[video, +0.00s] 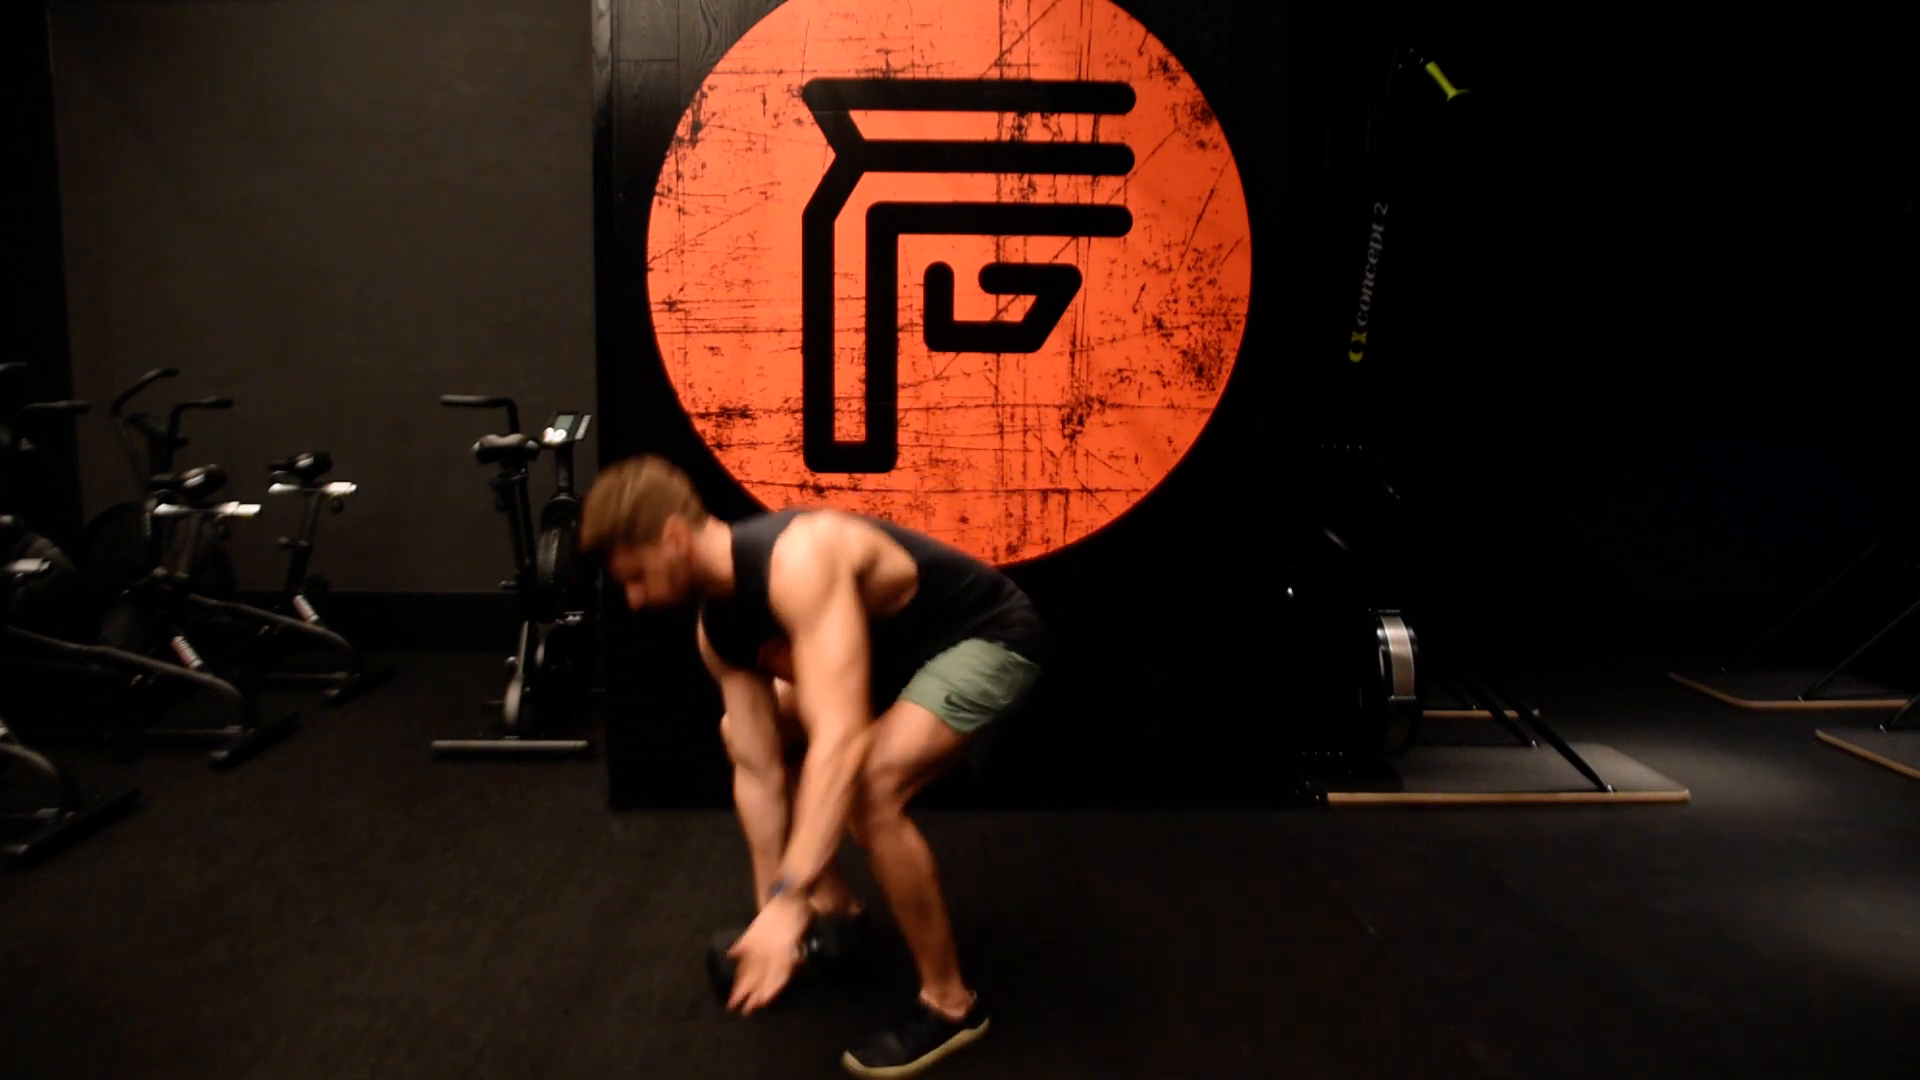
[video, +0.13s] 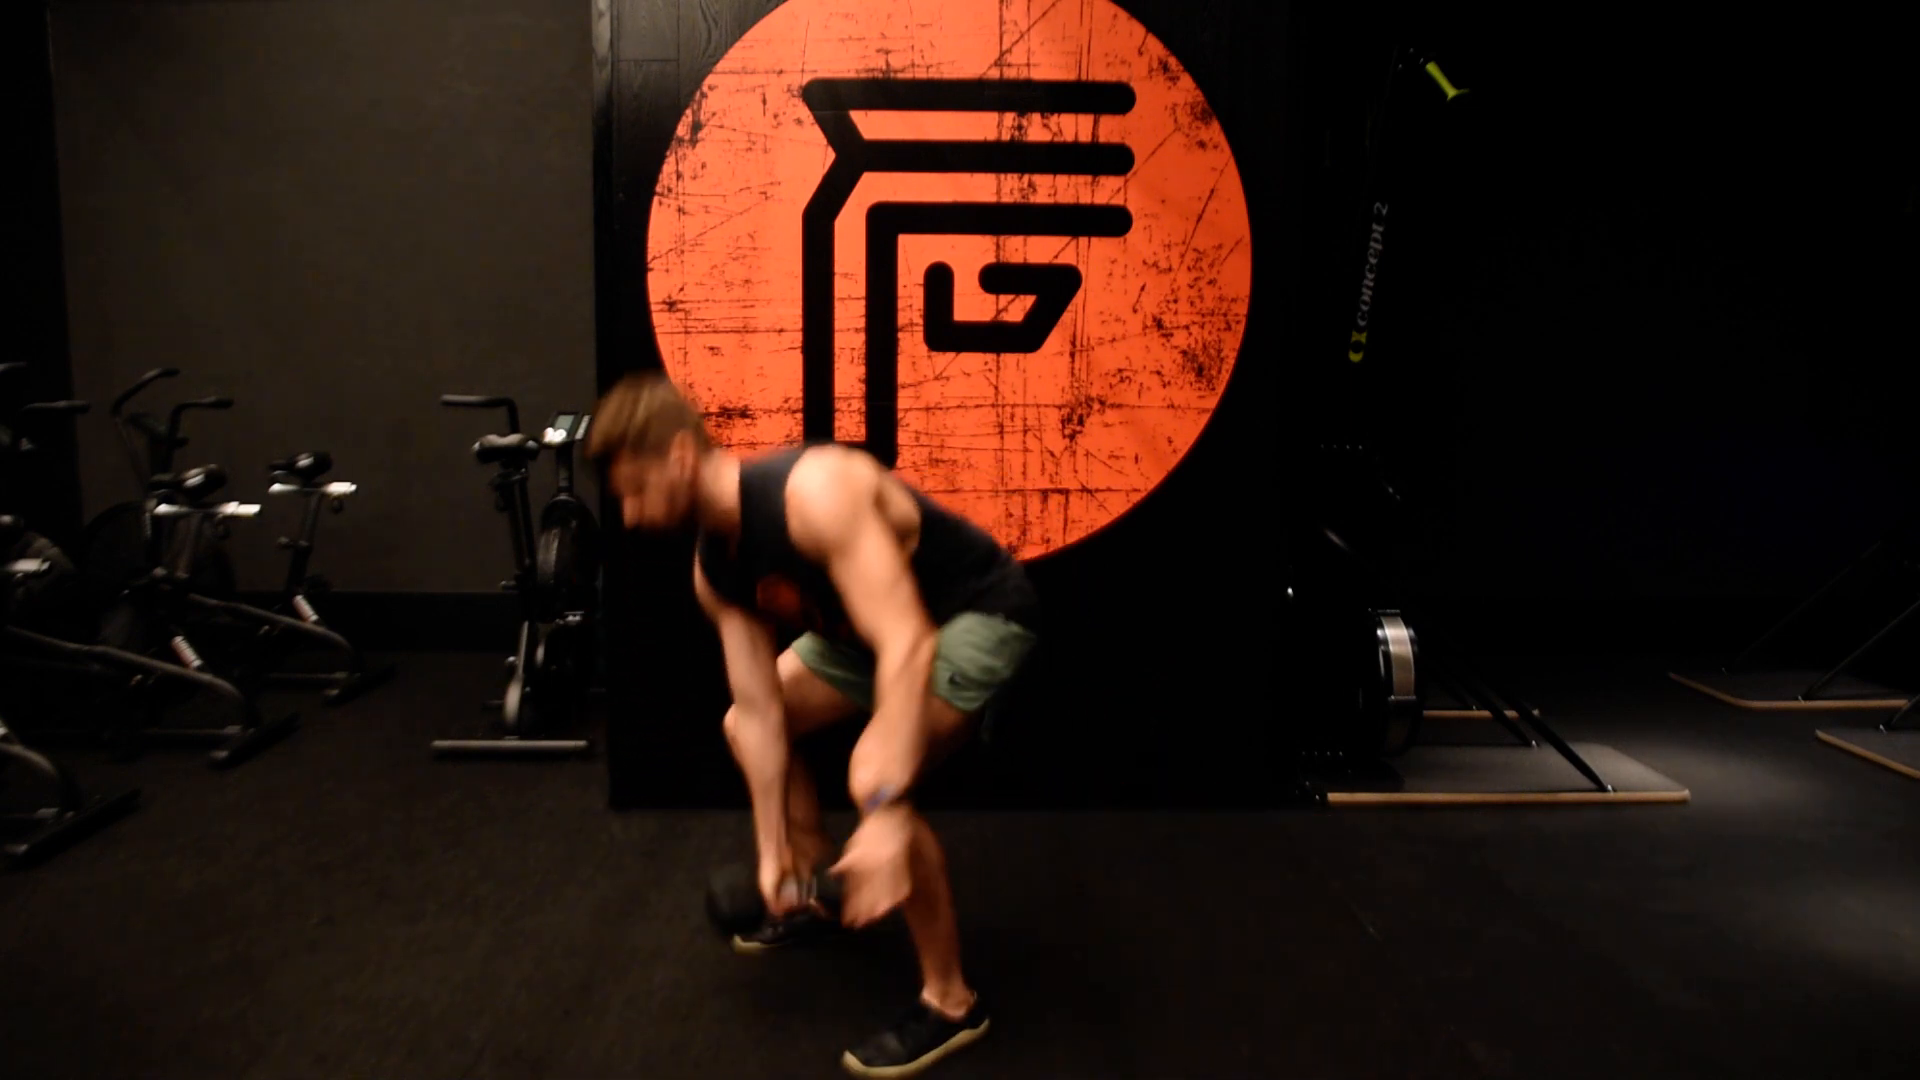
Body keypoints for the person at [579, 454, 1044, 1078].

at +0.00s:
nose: (634, 599)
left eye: (637, 577)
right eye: (624, 584)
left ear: (675, 535)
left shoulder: (802, 560)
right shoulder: (719, 627)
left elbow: (842, 740)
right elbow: (755, 771)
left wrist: (787, 901)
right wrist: (766, 920)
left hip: (987, 635)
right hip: (891, 653)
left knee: (870, 784)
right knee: (753, 730)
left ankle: (950, 1001)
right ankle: (835, 914)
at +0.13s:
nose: (630, 514)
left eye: (635, 488)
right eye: (620, 496)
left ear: (682, 453)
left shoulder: (822, 489)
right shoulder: (716, 568)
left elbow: (908, 642)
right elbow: (757, 709)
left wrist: (884, 812)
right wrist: (777, 857)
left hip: (977, 612)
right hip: (866, 627)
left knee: (878, 776)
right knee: (751, 725)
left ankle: (949, 1000)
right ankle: (812, 892)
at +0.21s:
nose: (636, 425)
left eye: (647, 400)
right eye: (629, 408)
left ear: (701, 374)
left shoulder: (832, 431)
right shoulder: (715, 503)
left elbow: (932, 577)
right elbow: (756, 647)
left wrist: (935, 738)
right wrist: (772, 785)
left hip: (974, 597)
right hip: (872, 608)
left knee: (889, 772)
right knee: (757, 721)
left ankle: (951, 999)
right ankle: (833, 903)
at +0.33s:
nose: (671, 290)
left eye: (683, 265)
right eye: (663, 270)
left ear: (746, 246)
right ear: (683, 268)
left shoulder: (859, 332)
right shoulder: (730, 388)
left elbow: (956, 479)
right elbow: (761, 537)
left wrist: (935, 638)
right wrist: (770, 677)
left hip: (950, 565)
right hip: (858, 565)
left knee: (898, 758)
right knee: (779, 711)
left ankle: (953, 995)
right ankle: (833, 903)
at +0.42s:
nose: (710, 207)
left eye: (724, 186)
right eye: (705, 189)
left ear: (782, 176)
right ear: (727, 192)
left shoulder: (888, 280)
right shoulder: (750, 317)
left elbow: (962, 430)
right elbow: (770, 471)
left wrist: (911, 581)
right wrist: (766, 618)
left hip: (948, 546)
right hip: (857, 547)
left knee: (911, 754)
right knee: (795, 701)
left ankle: (954, 993)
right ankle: (835, 904)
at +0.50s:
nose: (744, 163)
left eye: (758, 142)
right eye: (739, 145)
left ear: (820, 130)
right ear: (774, 143)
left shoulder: (909, 245)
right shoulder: (774, 270)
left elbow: (956, 409)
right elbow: (782, 422)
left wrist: (866, 540)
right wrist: (763, 559)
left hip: (931, 536)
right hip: (849, 530)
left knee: (923, 751)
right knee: (822, 714)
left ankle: (955, 993)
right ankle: (837, 900)